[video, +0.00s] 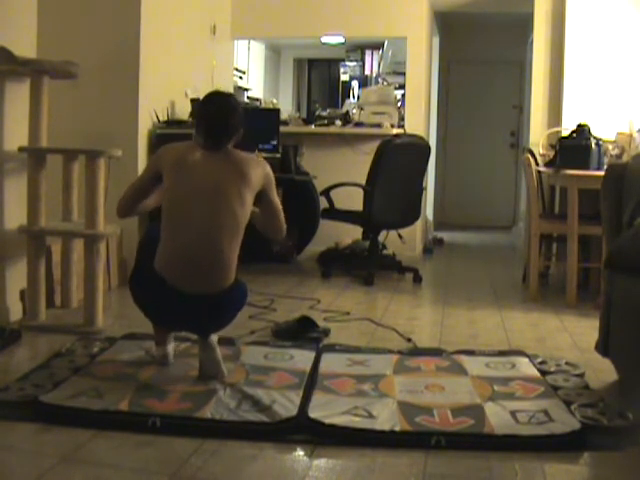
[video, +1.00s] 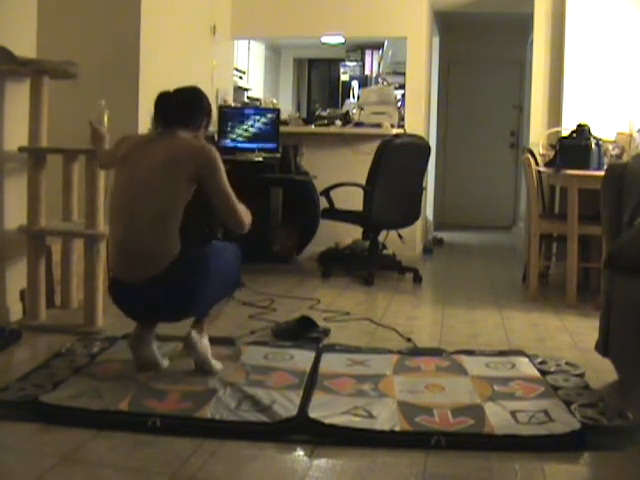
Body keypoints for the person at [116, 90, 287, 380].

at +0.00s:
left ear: (196, 125)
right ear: (238, 135)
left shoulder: (169, 156)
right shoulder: (256, 168)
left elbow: (124, 208)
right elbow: (276, 231)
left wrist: (167, 193)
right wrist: (247, 203)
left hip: (165, 308)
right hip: (216, 312)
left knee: (151, 236)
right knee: (237, 285)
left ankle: (163, 346)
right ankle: (209, 340)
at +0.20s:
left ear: (189, 122)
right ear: (230, 131)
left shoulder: (161, 153)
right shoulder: (249, 164)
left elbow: (117, 206)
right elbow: (253, 231)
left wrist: (158, 198)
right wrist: (218, 207)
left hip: (158, 300)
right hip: (209, 306)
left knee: (137, 266)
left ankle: (156, 347)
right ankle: (203, 338)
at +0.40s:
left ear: (180, 124)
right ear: (220, 134)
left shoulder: (150, 155)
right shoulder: (235, 166)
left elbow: (104, 199)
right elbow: (240, 232)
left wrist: (140, 172)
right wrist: (210, 206)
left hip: (146, 304)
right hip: (197, 308)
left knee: (128, 272)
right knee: (220, 277)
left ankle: (150, 346)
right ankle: (205, 338)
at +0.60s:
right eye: (210, 115)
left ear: (167, 115)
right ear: (208, 122)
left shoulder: (138, 147)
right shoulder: (221, 156)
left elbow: (104, 164)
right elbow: (259, 221)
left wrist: (117, 132)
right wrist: (226, 193)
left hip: (136, 298)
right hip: (189, 300)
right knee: (229, 279)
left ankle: (145, 337)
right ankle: (206, 332)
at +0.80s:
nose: (205, 124)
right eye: (204, 118)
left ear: (162, 116)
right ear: (202, 121)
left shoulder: (134, 149)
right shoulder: (208, 156)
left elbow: (110, 147)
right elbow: (258, 220)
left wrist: (103, 134)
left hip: (129, 300)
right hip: (178, 299)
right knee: (230, 279)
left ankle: (143, 335)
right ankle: (203, 332)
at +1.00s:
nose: (205, 134)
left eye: (206, 129)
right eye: (206, 128)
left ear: (159, 120)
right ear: (200, 125)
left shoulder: (129, 144)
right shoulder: (200, 152)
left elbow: (103, 161)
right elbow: (240, 223)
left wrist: (99, 143)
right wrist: (242, 207)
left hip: (124, 297)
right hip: (170, 295)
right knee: (231, 256)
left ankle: (143, 333)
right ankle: (200, 331)